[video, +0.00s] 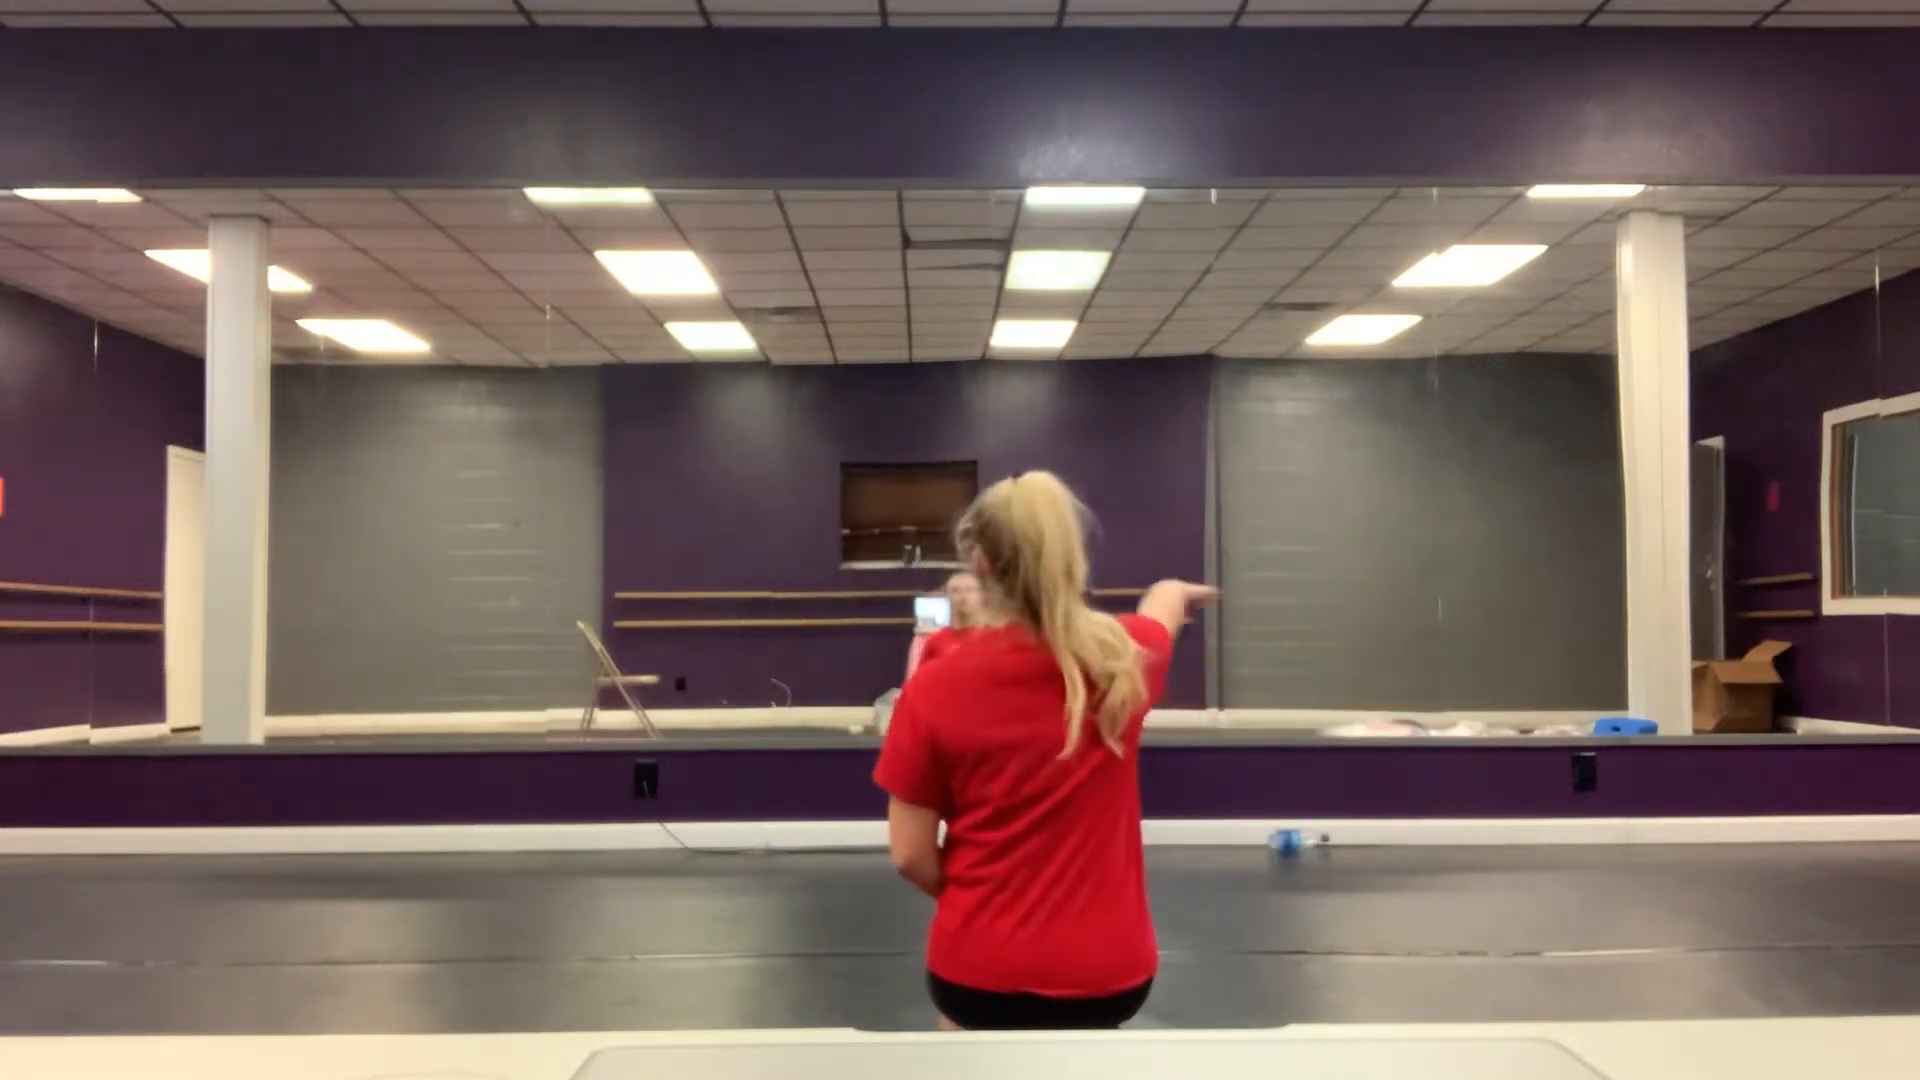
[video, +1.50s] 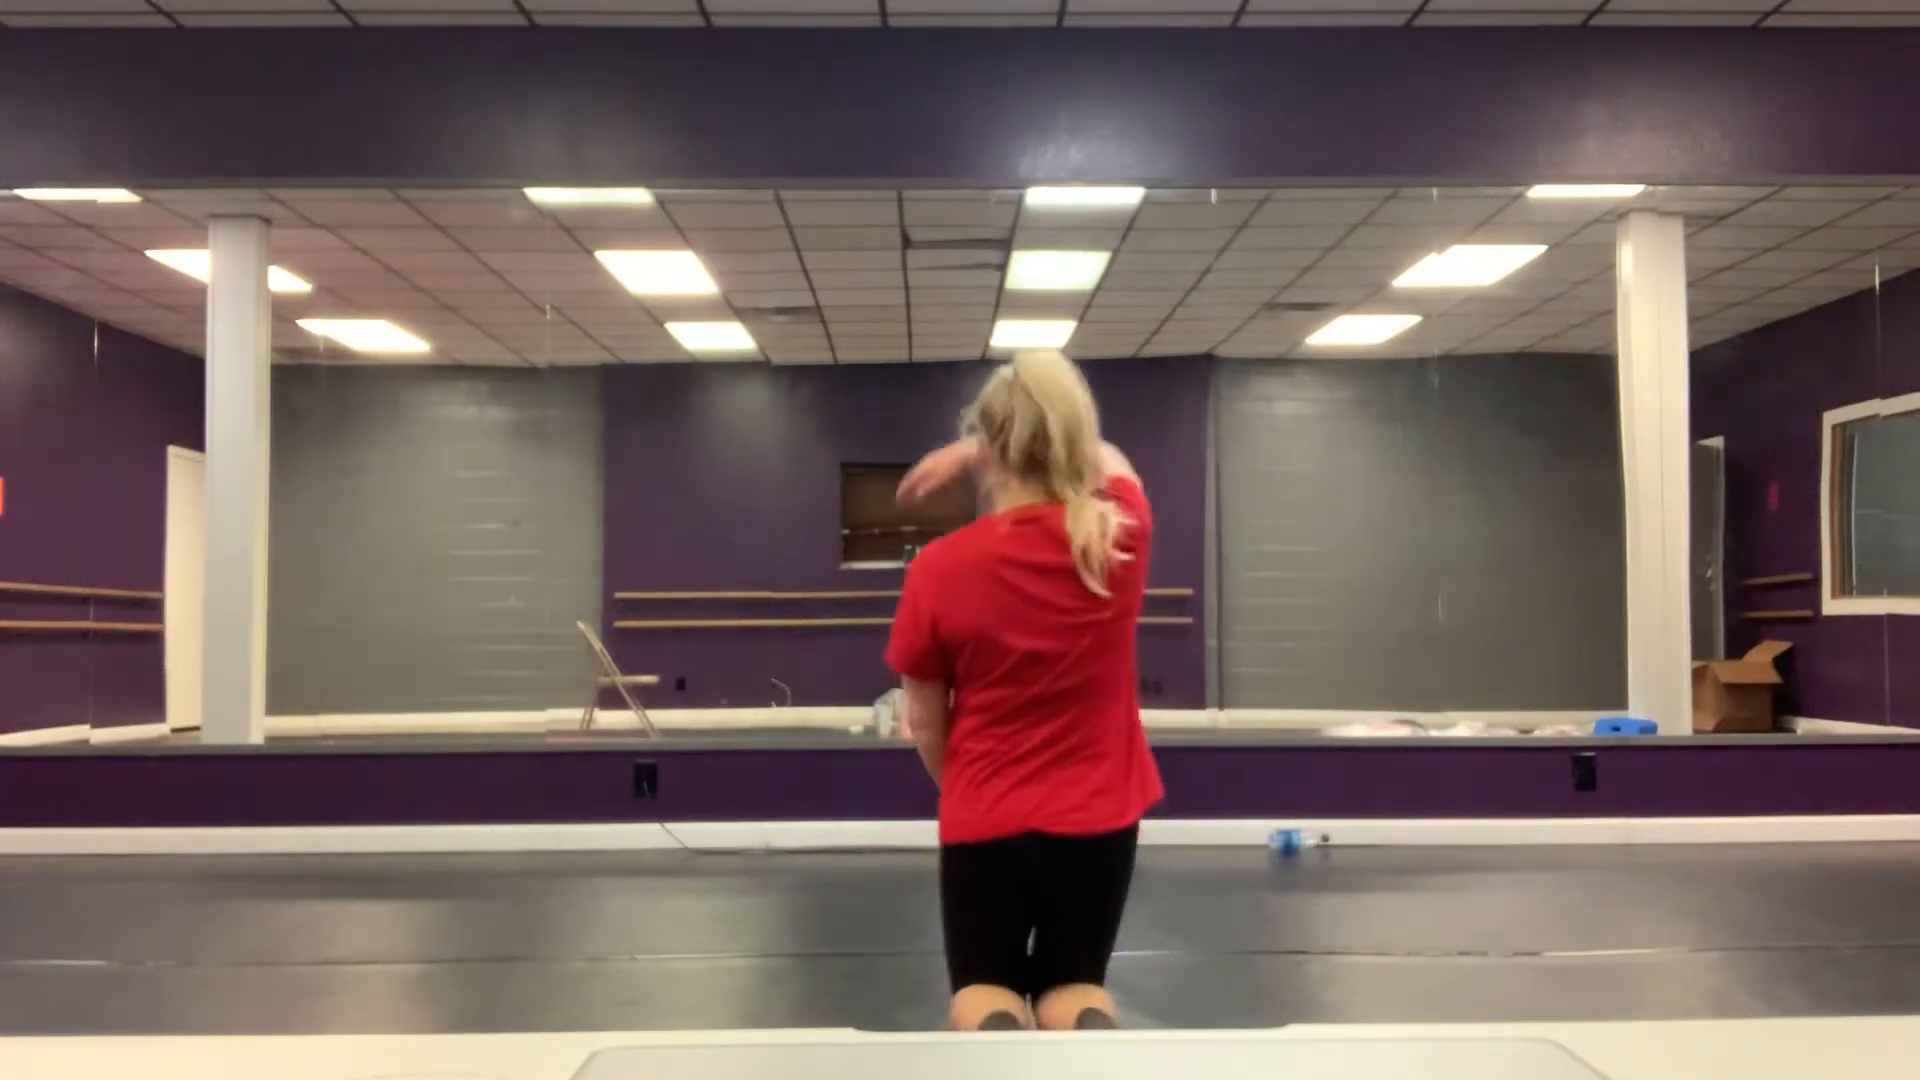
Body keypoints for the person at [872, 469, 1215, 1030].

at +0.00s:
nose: (966, 567)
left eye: (966, 558)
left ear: (983, 563)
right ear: (1071, 556)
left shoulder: (938, 681)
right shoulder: (1118, 658)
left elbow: (911, 853)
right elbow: (1161, 614)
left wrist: (971, 893)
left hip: (982, 979)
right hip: (1112, 977)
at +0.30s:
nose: (959, 572)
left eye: (964, 559)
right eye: (960, 559)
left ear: (987, 572)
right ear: (1068, 559)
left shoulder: (951, 685)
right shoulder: (1129, 647)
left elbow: (921, 856)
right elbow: (1058, 626)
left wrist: (981, 893)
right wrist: (962, 633)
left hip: (992, 972)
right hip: (1118, 968)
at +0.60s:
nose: (944, 599)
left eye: (953, 580)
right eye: (942, 581)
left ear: (1006, 574)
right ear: (1007, 573)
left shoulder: (963, 686)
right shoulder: (1127, 659)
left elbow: (926, 857)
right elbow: (1013, 729)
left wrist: (975, 889)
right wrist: (871, 782)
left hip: (995, 978)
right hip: (1119, 974)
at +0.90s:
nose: (947, 621)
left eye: (949, 601)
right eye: (940, 605)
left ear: (999, 578)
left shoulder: (967, 685)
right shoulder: (1133, 663)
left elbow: (925, 858)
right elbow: (1076, 812)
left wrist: (972, 884)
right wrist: (946, 888)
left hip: (995, 982)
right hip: (1120, 978)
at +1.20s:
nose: (956, 569)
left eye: (953, 548)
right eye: (949, 552)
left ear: (983, 523)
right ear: (1051, 514)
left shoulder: (954, 629)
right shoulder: (1136, 603)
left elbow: (940, 795)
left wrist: (977, 851)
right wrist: (951, 824)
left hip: (996, 901)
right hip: (1114, 901)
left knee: (979, 1010)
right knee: (1079, 1005)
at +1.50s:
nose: (979, 448)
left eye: (983, 438)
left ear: (995, 450)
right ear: (1075, 441)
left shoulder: (941, 566)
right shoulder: (1121, 532)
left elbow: (924, 724)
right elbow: (1092, 448)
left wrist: (968, 790)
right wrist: (975, 448)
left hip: (987, 815)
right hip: (1101, 813)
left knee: (985, 981)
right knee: (1073, 980)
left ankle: (1002, 1040)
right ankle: (1093, 1040)